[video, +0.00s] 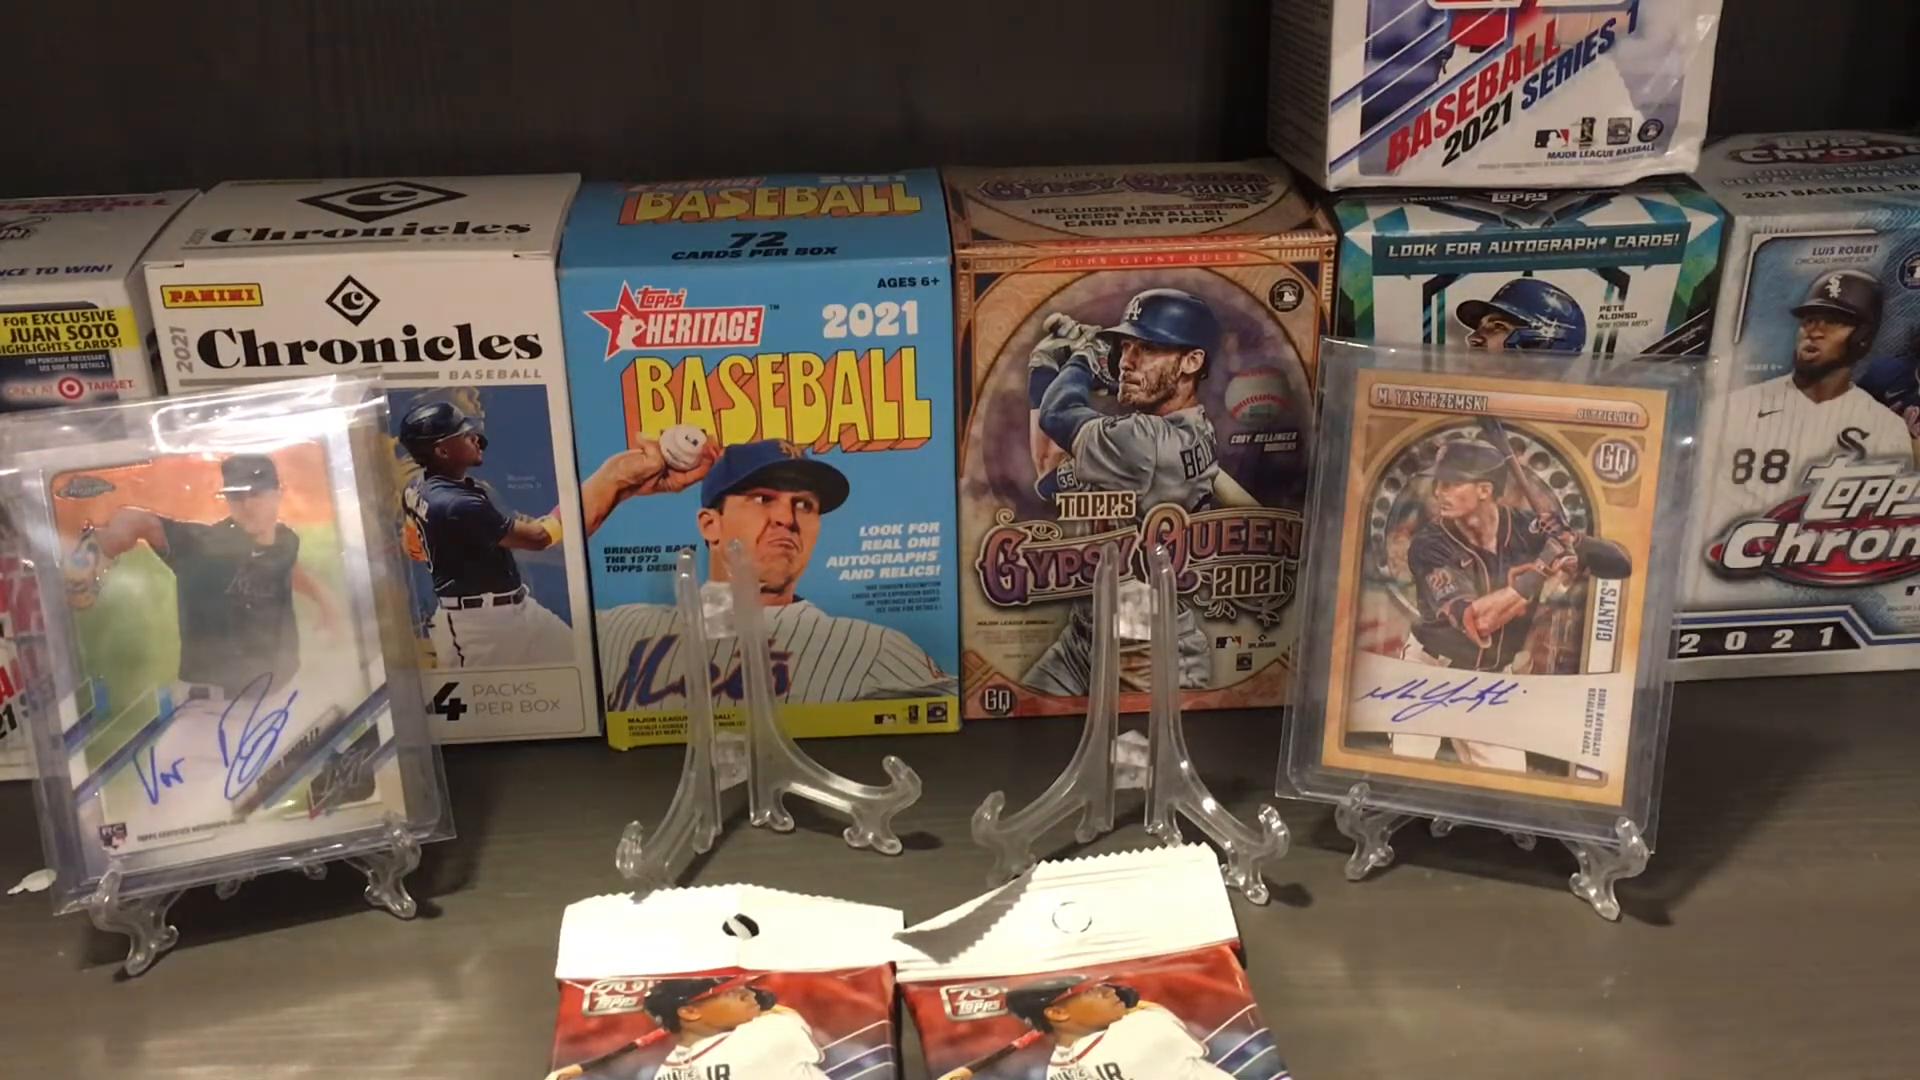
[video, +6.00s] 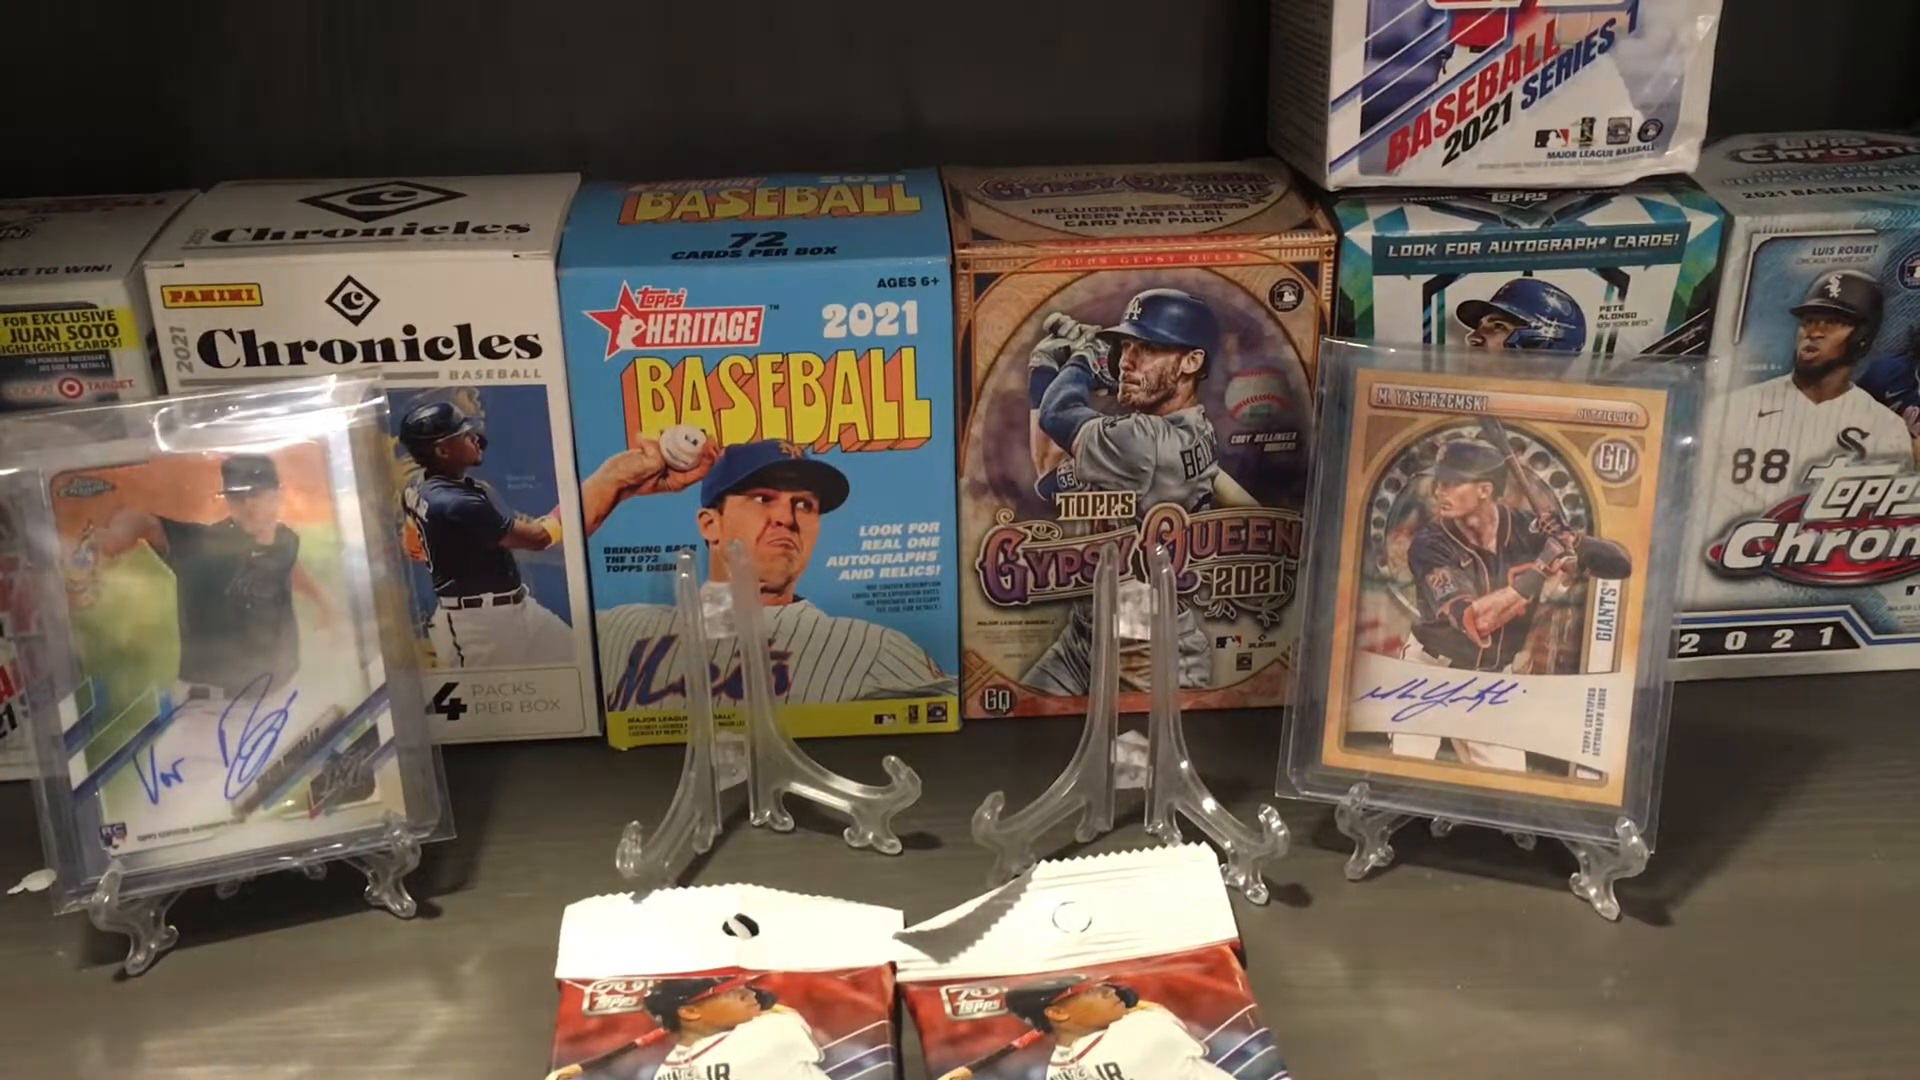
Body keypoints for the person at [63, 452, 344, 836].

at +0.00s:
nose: (248, 505)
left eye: (258, 492)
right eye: (237, 496)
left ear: (278, 495)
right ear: (227, 501)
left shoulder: (287, 542)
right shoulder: (198, 543)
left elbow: (288, 571)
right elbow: (135, 517)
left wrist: (323, 600)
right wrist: (105, 546)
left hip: (278, 702)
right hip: (210, 708)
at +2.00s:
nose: (250, 507)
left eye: (258, 496)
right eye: (239, 499)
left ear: (276, 495)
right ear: (228, 501)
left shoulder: (286, 541)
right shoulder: (202, 542)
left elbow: (292, 570)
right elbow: (141, 524)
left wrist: (322, 601)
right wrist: (104, 543)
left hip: (275, 683)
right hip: (215, 689)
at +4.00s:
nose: (247, 507)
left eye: (256, 496)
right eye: (237, 498)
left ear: (276, 495)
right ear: (226, 499)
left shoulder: (286, 540)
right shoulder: (201, 541)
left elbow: (291, 569)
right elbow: (134, 518)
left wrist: (324, 602)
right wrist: (111, 541)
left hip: (274, 687)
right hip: (212, 693)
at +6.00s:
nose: (252, 506)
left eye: (260, 495)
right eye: (241, 497)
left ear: (277, 497)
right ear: (230, 502)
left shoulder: (286, 542)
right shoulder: (198, 543)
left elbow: (291, 571)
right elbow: (136, 519)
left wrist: (323, 602)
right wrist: (114, 540)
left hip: (278, 695)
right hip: (215, 701)